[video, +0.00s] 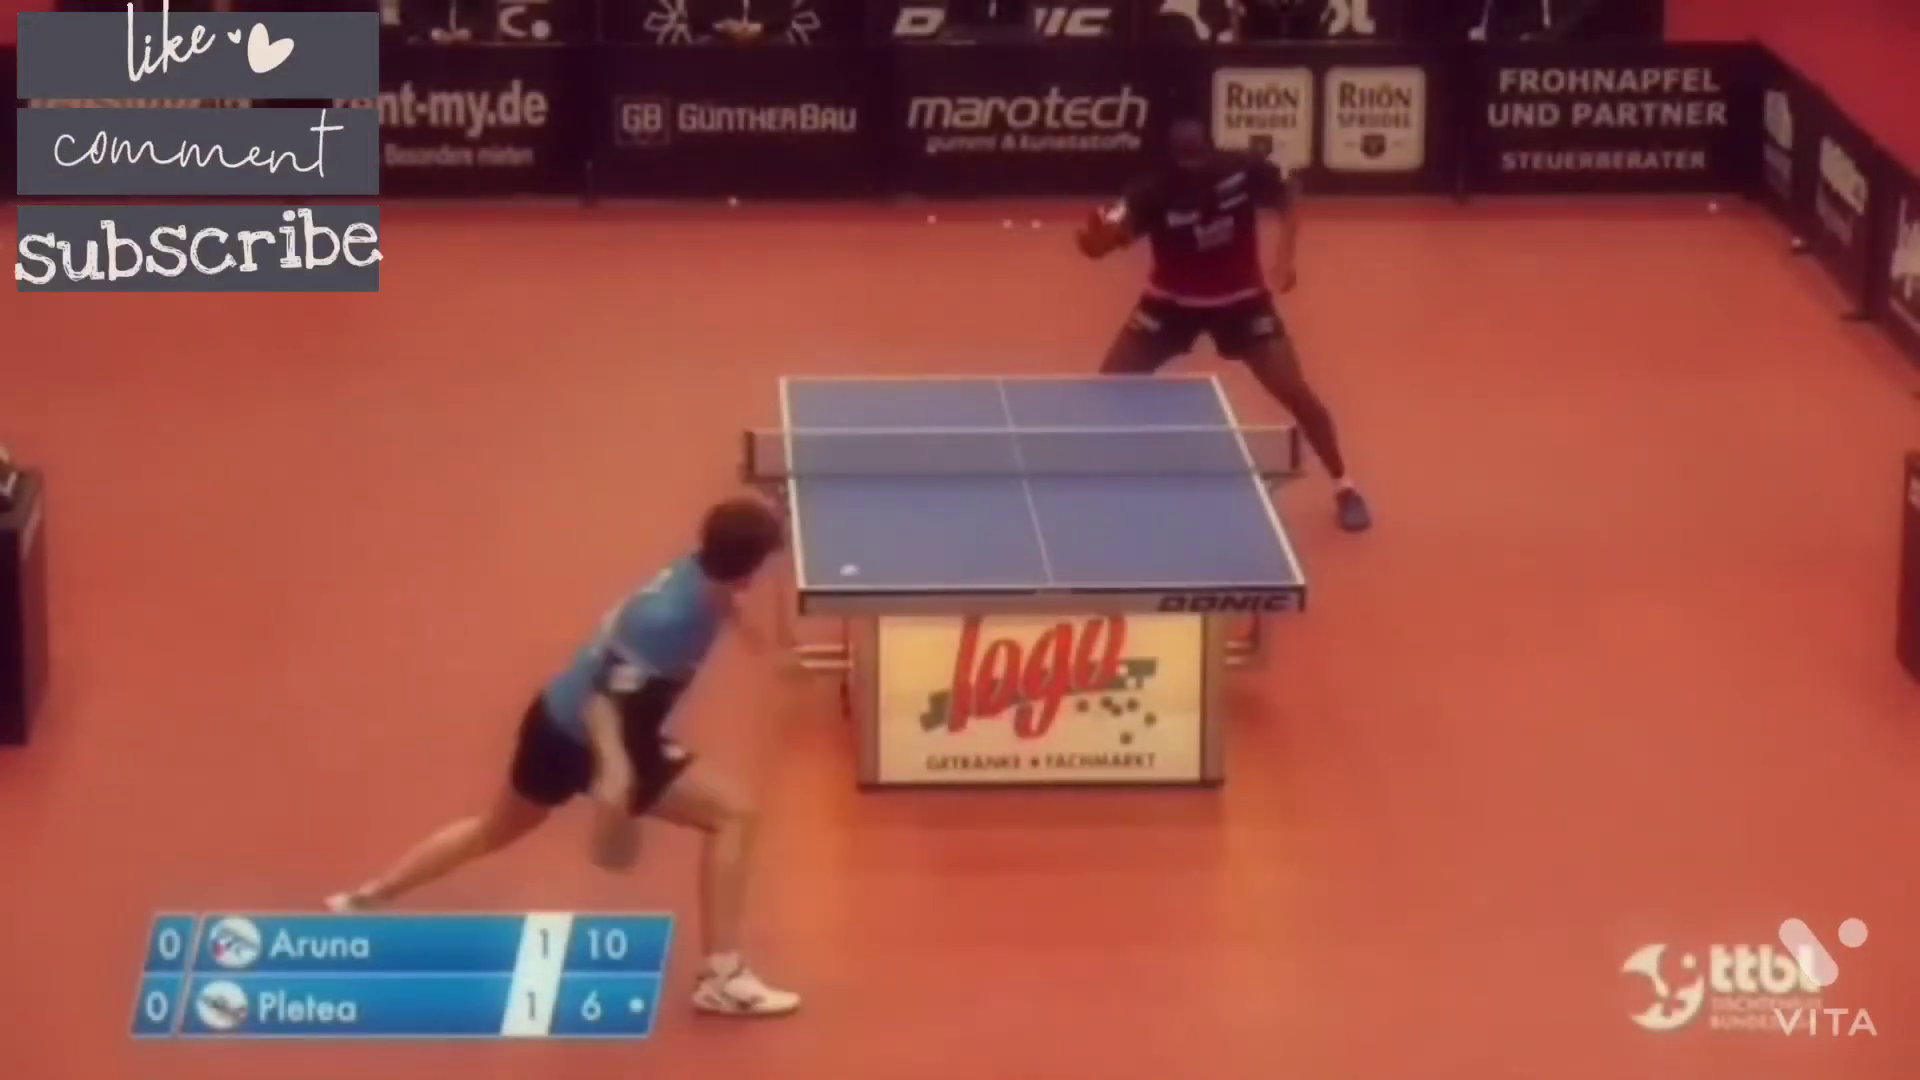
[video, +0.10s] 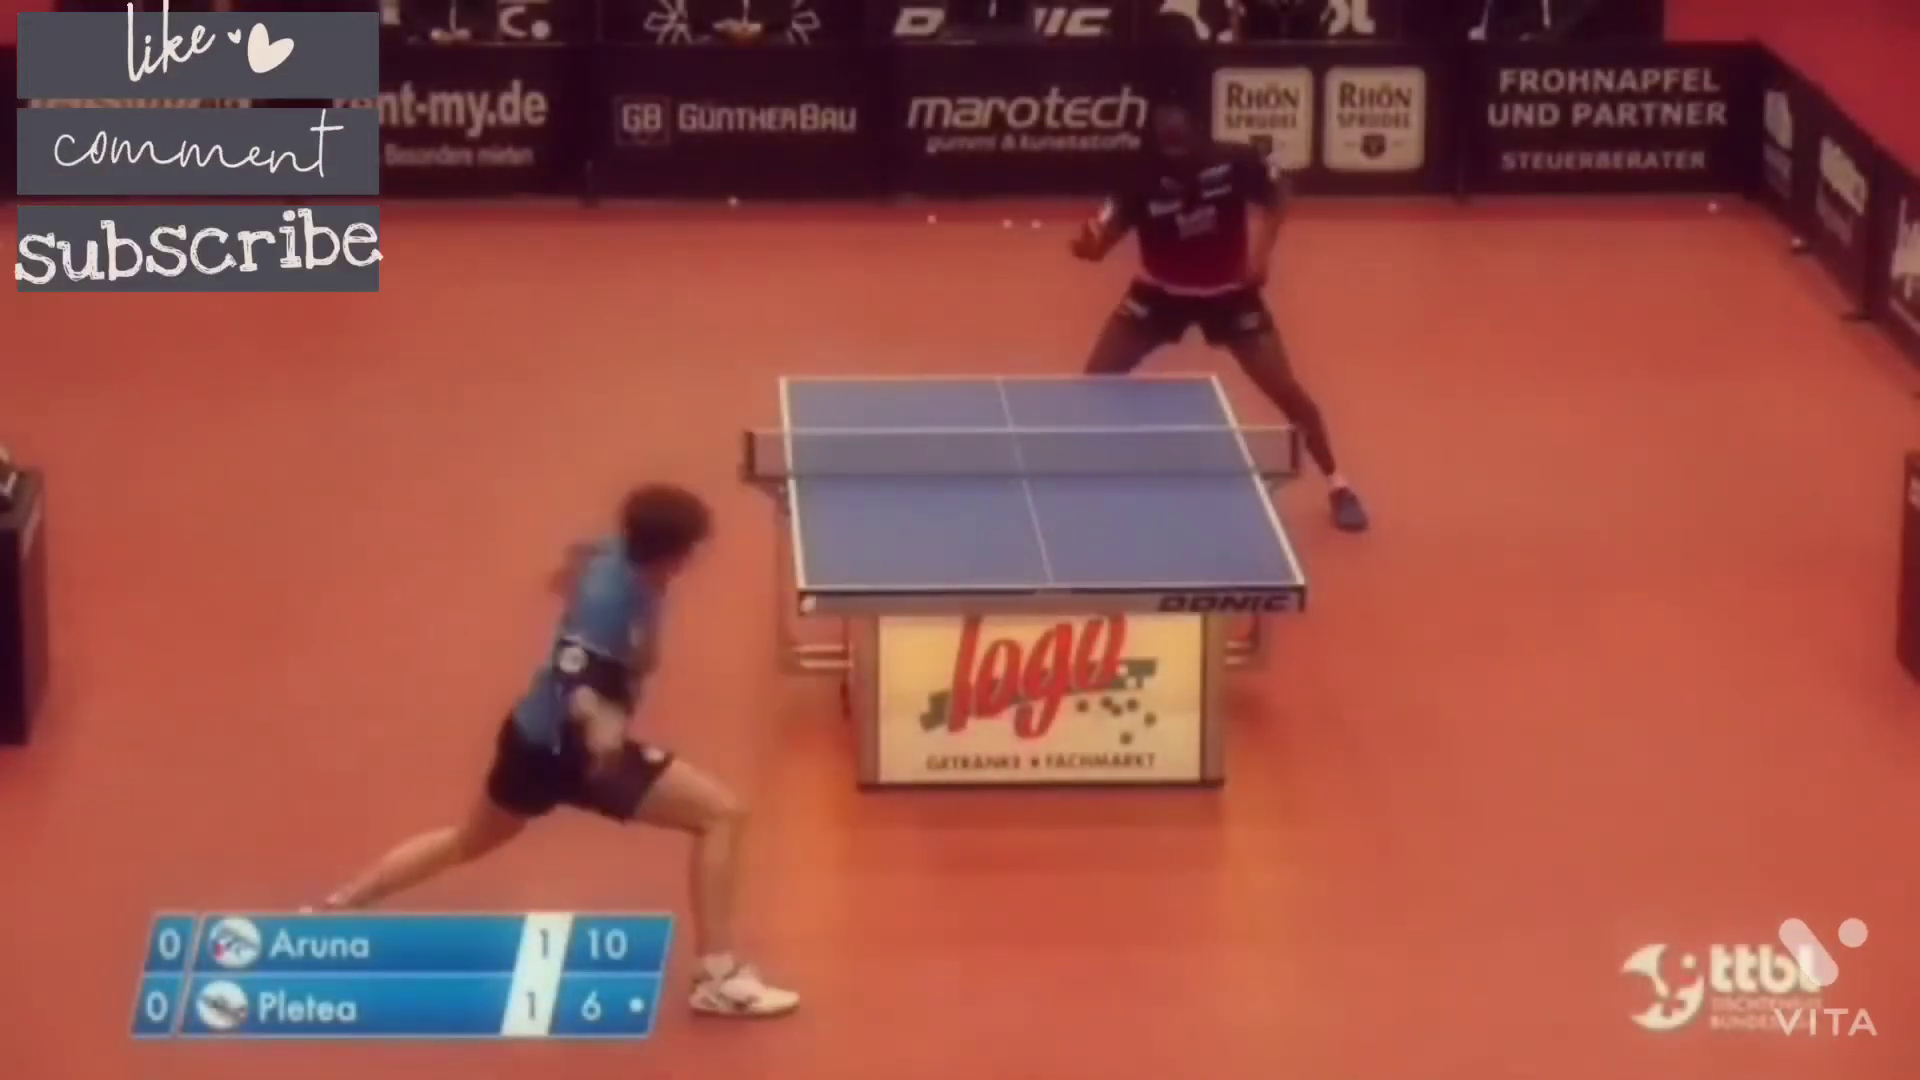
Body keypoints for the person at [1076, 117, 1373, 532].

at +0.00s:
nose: (1191, 160)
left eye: (1197, 150)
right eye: (1183, 152)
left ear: (1210, 145)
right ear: (1169, 152)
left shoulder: (1244, 173)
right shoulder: (1157, 188)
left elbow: (1286, 197)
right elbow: (1113, 235)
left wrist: (1285, 259)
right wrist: (1096, 235)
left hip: (1241, 303)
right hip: (1170, 305)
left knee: (1294, 392)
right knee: (1108, 389)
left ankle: (1343, 486)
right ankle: (1100, 496)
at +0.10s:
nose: (1174, 149)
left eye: (1181, 139)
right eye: (1166, 140)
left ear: (1197, 133)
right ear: (1152, 139)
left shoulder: (1235, 164)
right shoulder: (1142, 175)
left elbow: (1276, 202)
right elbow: (1103, 240)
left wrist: (1261, 257)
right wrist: (1090, 243)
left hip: (1229, 295)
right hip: (1159, 296)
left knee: (1283, 389)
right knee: (1094, 384)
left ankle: (1337, 484)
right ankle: (1080, 490)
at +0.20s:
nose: (1145, 147)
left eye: (1155, 138)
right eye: (1139, 138)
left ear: (1178, 135)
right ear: (1130, 138)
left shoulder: (1216, 169)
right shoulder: (1126, 179)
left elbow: (1266, 207)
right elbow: (1105, 250)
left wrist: (1240, 262)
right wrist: (1091, 263)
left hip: (1219, 294)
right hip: (1150, 293)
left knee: (1266, 390)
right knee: (1083, 379)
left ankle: (1314, 480)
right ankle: (1069, 485)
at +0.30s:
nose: (1135, 161)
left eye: (1143, 151)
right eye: (1127, 153)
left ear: (1159, 147)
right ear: (1119, 157)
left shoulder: (1200, 185)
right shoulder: (1116, 201)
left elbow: (1256, 229)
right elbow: (1109, 256)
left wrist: (1231, 286)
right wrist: (1099, 287)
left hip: (1213, 310)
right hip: (1144, 309)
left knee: (1261, 405)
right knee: (1083, 384)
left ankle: (1319, 486)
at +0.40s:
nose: (1135, 192)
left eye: (1141, 182)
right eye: (1127, 184)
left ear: (1157, 177)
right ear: (1118, 183)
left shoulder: (1196, 207)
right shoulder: (1128, 212)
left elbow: (1258, 252)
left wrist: (1235, 315)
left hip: (1220, 321)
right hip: (1163, 320)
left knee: (1263, 413)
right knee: (1099, 383)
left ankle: (1328, 478)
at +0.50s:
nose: (1160, 189)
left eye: (1165, 180)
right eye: (1154, 182)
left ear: (1181, 175)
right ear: (1149, 182)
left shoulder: (1217, 204)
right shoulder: (1167, 205)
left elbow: (1276, 256)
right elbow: (1164, 242)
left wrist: (1246, 316)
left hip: (1242, 329)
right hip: (1183, 323)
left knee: (1278, 425)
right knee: (1115, 375)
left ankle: (1363, 479)